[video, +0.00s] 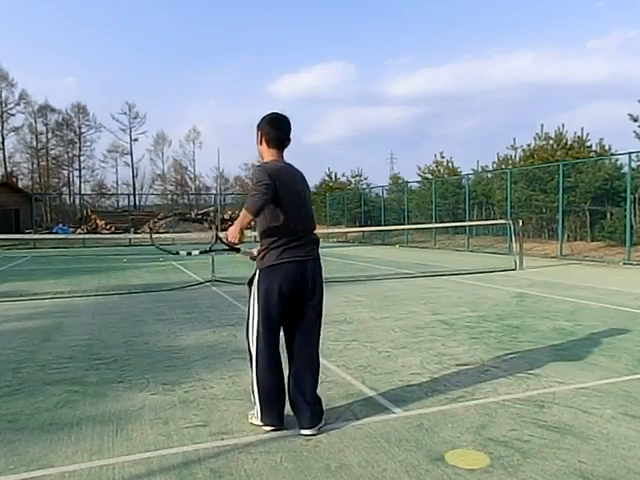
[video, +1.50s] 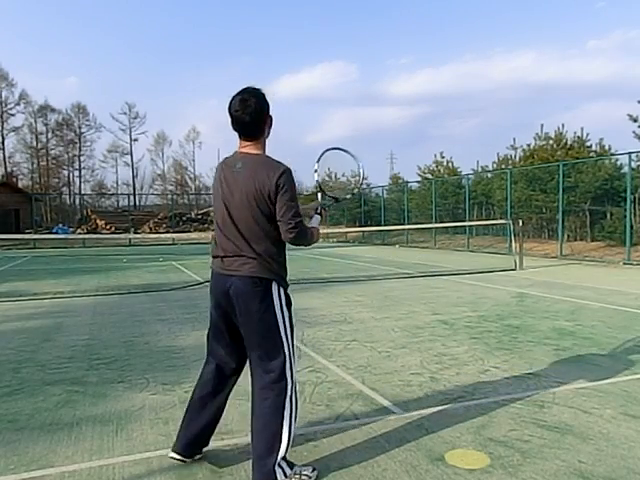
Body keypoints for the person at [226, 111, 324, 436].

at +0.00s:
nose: (256, 143)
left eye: (256, 138)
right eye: (258, 138)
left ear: (261, 139)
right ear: (287, 141)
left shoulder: (264, 172)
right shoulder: (298, 176)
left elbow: (257, 200)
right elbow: (303, 226)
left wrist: (237, 227)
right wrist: (268, 247)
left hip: (275, 271)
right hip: (309, 268)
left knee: (263, 341)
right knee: (305, 344)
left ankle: (269, 414)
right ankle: (309, 417)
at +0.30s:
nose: (271, 138)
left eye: (269, 133)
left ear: (268, 136)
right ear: (299, 137)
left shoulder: (253, 176)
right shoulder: (316, 177)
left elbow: (228, 217)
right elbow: (335, 223)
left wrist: (220, 255)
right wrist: (328, 254)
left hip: (266, 271)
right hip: (304, 270)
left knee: (262, 341)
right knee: (306, 345)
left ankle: (253, 418)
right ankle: (308, 419)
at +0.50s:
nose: (287, 138)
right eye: (288, 133)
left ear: (257, 137)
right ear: (288, 137)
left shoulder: (247, 179)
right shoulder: (293, 173)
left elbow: (246, 220)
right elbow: (314, 216)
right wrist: (338, 250)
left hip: (255, 272)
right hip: (289, 270)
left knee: (259, 347)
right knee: (302, 344)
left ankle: (252, 425)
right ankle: (308, 420)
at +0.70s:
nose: (280, 133)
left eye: (278, 128)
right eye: (280, 128)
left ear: (247, 132)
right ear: (277, 131)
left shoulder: (242, 174)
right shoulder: (276, 170)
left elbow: (250, 220)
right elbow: (289, 216)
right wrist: (328, 246)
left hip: (247, 268)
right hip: (277, 267)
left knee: (255, 346)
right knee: (297, 345)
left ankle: (251, 424)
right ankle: (302, 426)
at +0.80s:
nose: (277, 131)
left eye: (276, 125)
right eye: (276, 125)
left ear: (244, 132)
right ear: (272, 130)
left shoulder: (243, 168)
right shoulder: (274, 170)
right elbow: (282, 216)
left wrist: (281, 138)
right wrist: (323, 247)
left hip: (247, 268)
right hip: (276, 268)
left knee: (256, 349)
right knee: (298, 350)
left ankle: (250, 425)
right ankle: (292, 434)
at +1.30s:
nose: (287, 122)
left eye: (280, 116)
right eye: (286, 117)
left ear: (249, 127)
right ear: (284, 125)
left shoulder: (238, 165)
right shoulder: (293, 173)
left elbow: (264, 182)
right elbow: (301, 229)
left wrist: (300, 169)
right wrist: (325, 238)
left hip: (235, 278)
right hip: (273, 282)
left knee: (240, 357)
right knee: (277, 370)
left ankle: (238, 431)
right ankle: (272, 465)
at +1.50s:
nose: (271, 120)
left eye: (267, 114)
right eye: (270, 115)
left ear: (233, 125)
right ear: (268, 122)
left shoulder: (224, 169)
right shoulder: (276, 173)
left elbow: (234, 218)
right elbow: (291, 230)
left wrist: (288, 218)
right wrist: (313, 234)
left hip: (222, 281)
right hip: (260, 284)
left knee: (221, 362)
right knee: (273, 373)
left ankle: (187, 444)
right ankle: (272, 466)